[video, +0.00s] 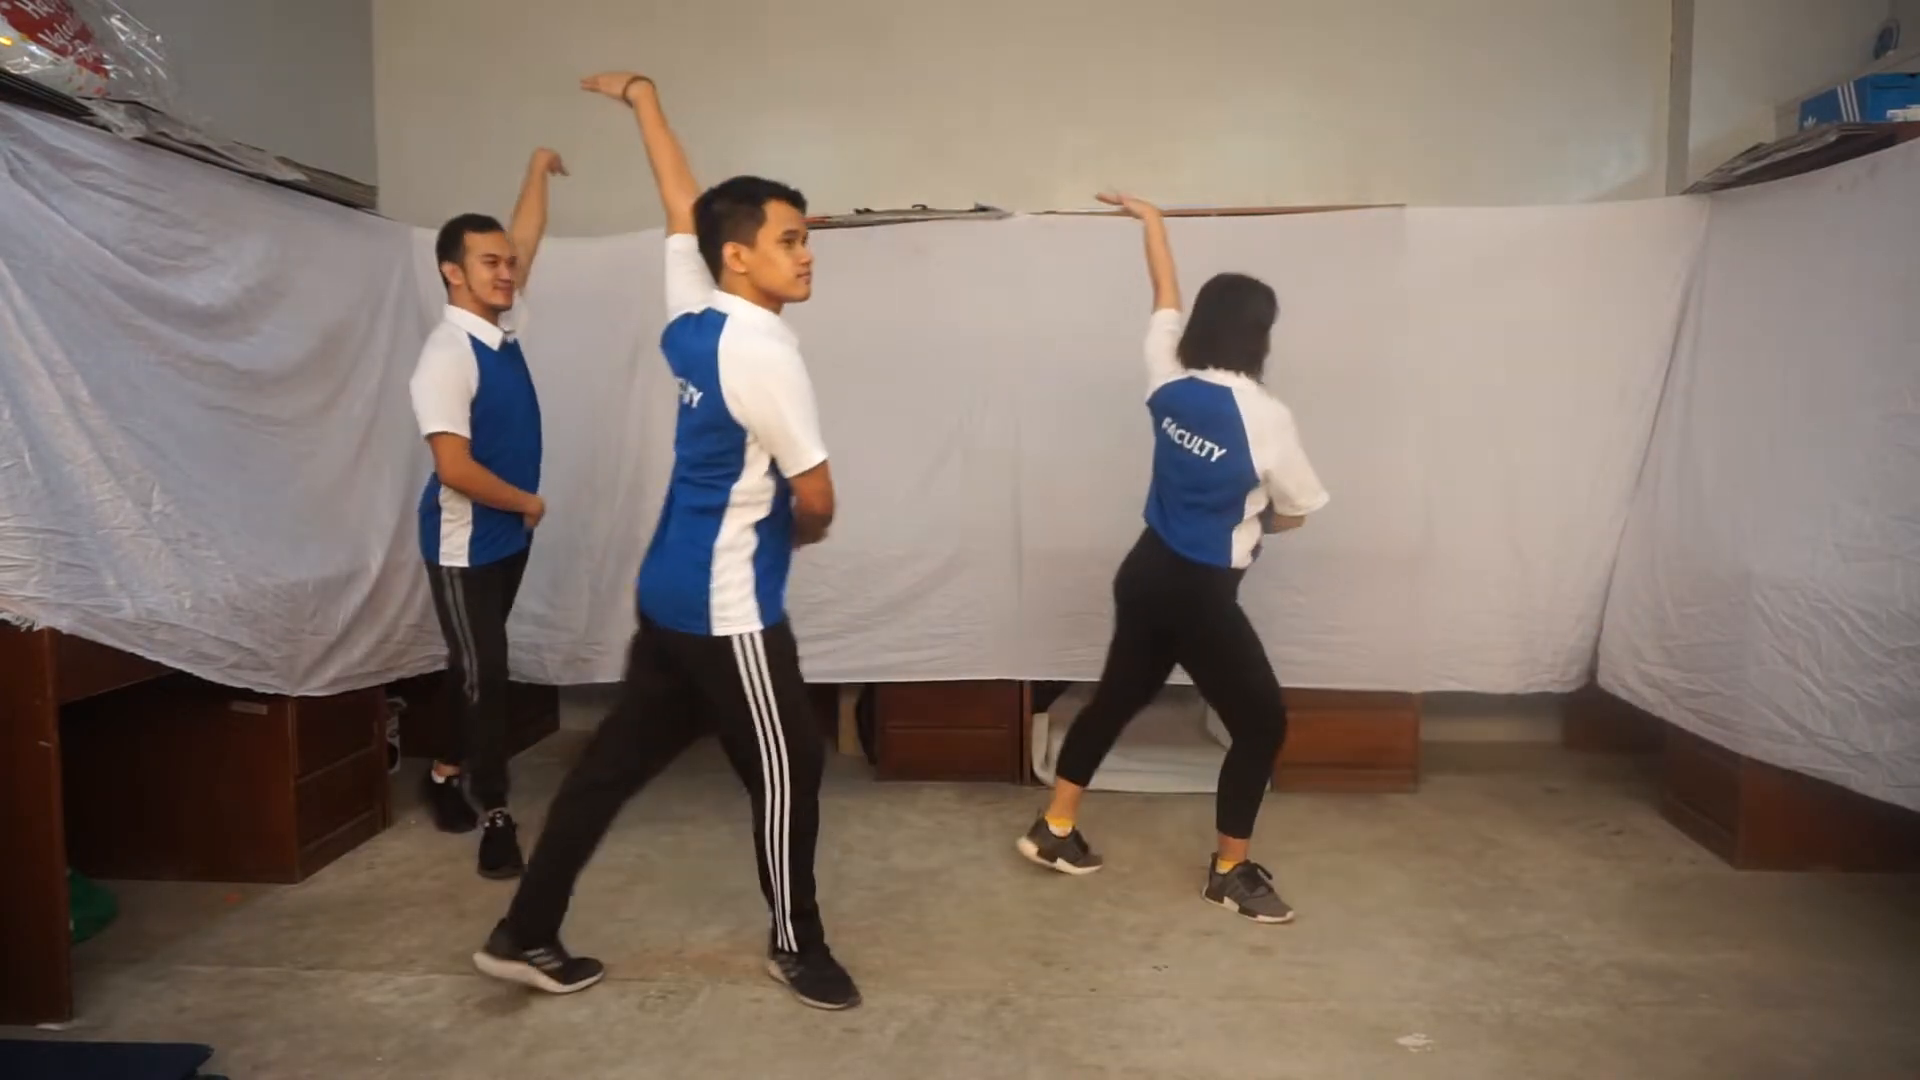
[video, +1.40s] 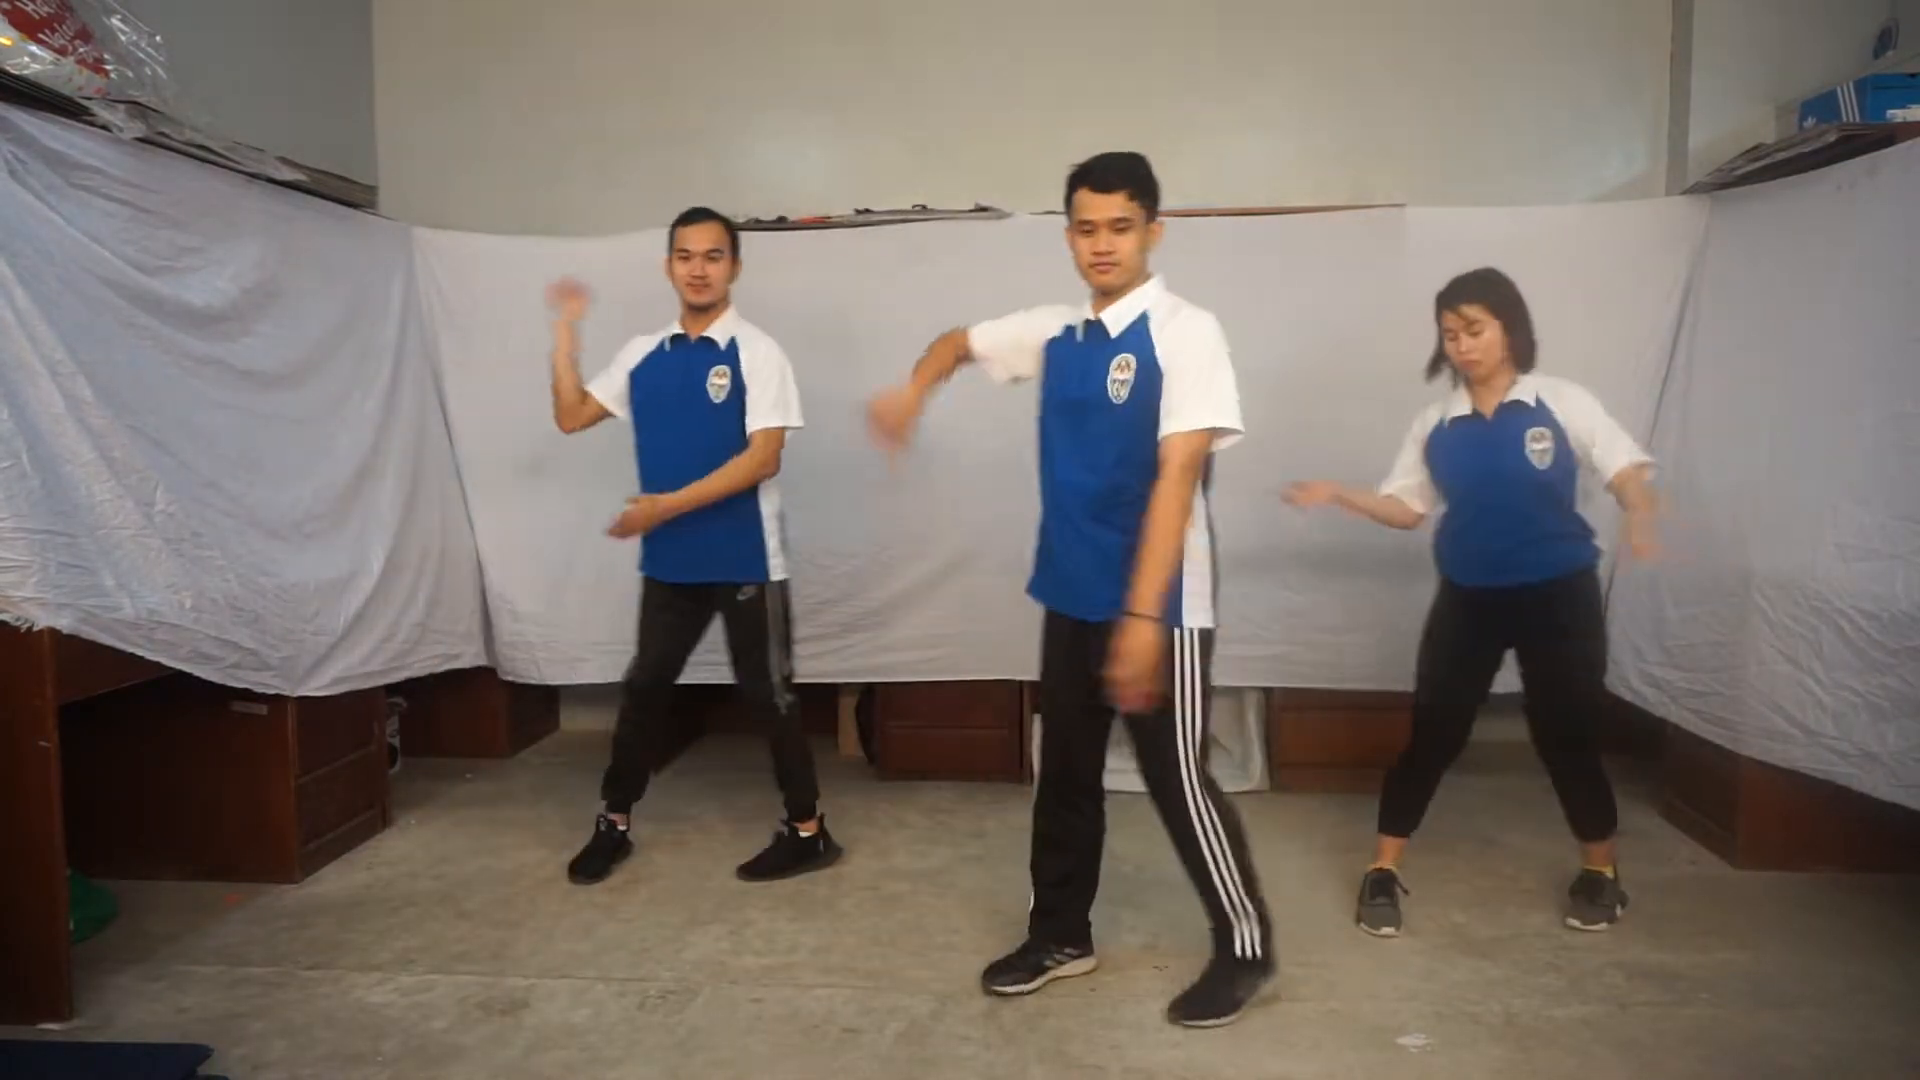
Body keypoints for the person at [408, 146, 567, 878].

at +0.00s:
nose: (506, 270)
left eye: (510, 262)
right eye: (492, 262)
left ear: (512, 271)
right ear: (455, 273)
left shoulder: (498, 327)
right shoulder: (449, 351)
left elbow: (520, 247)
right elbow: (451, 466)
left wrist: (538, 171)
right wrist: (526, 502)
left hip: (503, 535)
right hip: (462, 543)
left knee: (480, 667)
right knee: (485, 679)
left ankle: (449, 772)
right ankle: (497, 818)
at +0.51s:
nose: (518, 270)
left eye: (523, 259)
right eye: (502, 259)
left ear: (529, 270)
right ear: (465, 272)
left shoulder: (530, 348)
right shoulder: (446, 355)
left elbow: (594, 341)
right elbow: (445, 466)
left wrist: (593, 268)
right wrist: (532, 502)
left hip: (516, 543)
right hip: (462, 549)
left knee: (492, 678)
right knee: (476, 683)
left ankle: (448, 773)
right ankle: (468, 810)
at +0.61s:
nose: (524, 269)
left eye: (532, 258)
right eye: (508, 258)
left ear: (541, 267)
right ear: (476, 270)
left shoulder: (548, 354)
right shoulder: (454, 359)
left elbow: (595, 418)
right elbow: (448, 464)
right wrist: (533, 499)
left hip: (538, 552)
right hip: (470, 560)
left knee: (553, 665)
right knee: (470, 687)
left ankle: (492, 759)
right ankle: (468, 814)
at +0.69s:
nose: (538, 268)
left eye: (547, 257)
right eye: (522, 257)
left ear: (556, 266)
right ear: (491, 269)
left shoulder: (564, 357)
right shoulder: (468, 354)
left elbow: (590, 444)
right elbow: (458, 460)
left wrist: (641, 468)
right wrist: (543, 499)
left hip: (554, 548)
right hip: (482, 555)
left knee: (582, 658)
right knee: (475, 686)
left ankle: (559, 785)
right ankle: (468, 815)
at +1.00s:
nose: (605, 267)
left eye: (616, 256)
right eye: (590, 255)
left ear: (626, 265)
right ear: (561, 263)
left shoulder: (655, 351)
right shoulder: (525, 351)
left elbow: (692, 443)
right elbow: (496, 450)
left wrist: (674, 513)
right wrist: (578, 474)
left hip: (642, 557)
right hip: (566, 561)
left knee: (643, 688)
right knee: (564, 690)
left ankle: (639, 811)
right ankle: (566, 816)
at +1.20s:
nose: (648, 270)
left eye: (660, 259)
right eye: (633, 258)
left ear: (672, 269)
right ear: (607, 267)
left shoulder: (698, 353)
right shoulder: (569, 352)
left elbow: (740, 444)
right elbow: (534, 459)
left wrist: (732, 499)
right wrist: (543, 430)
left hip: (684, 554)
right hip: (602, 558)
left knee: (697, 678)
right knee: (598, 689)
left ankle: (719, 793)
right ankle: (605, 824)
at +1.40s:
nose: (698, 267)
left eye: (713, 256)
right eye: (685, 256)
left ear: (734, 266)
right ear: (670, 267)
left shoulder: (758, 352)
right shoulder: (646, 354)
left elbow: (764, 458)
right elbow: (573, 415)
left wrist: (664, 505)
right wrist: (565, 329)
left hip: (748, 564)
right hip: (672, 562)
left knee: (768, 694)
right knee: (643, 689)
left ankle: (807, 828)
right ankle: (613, 823)